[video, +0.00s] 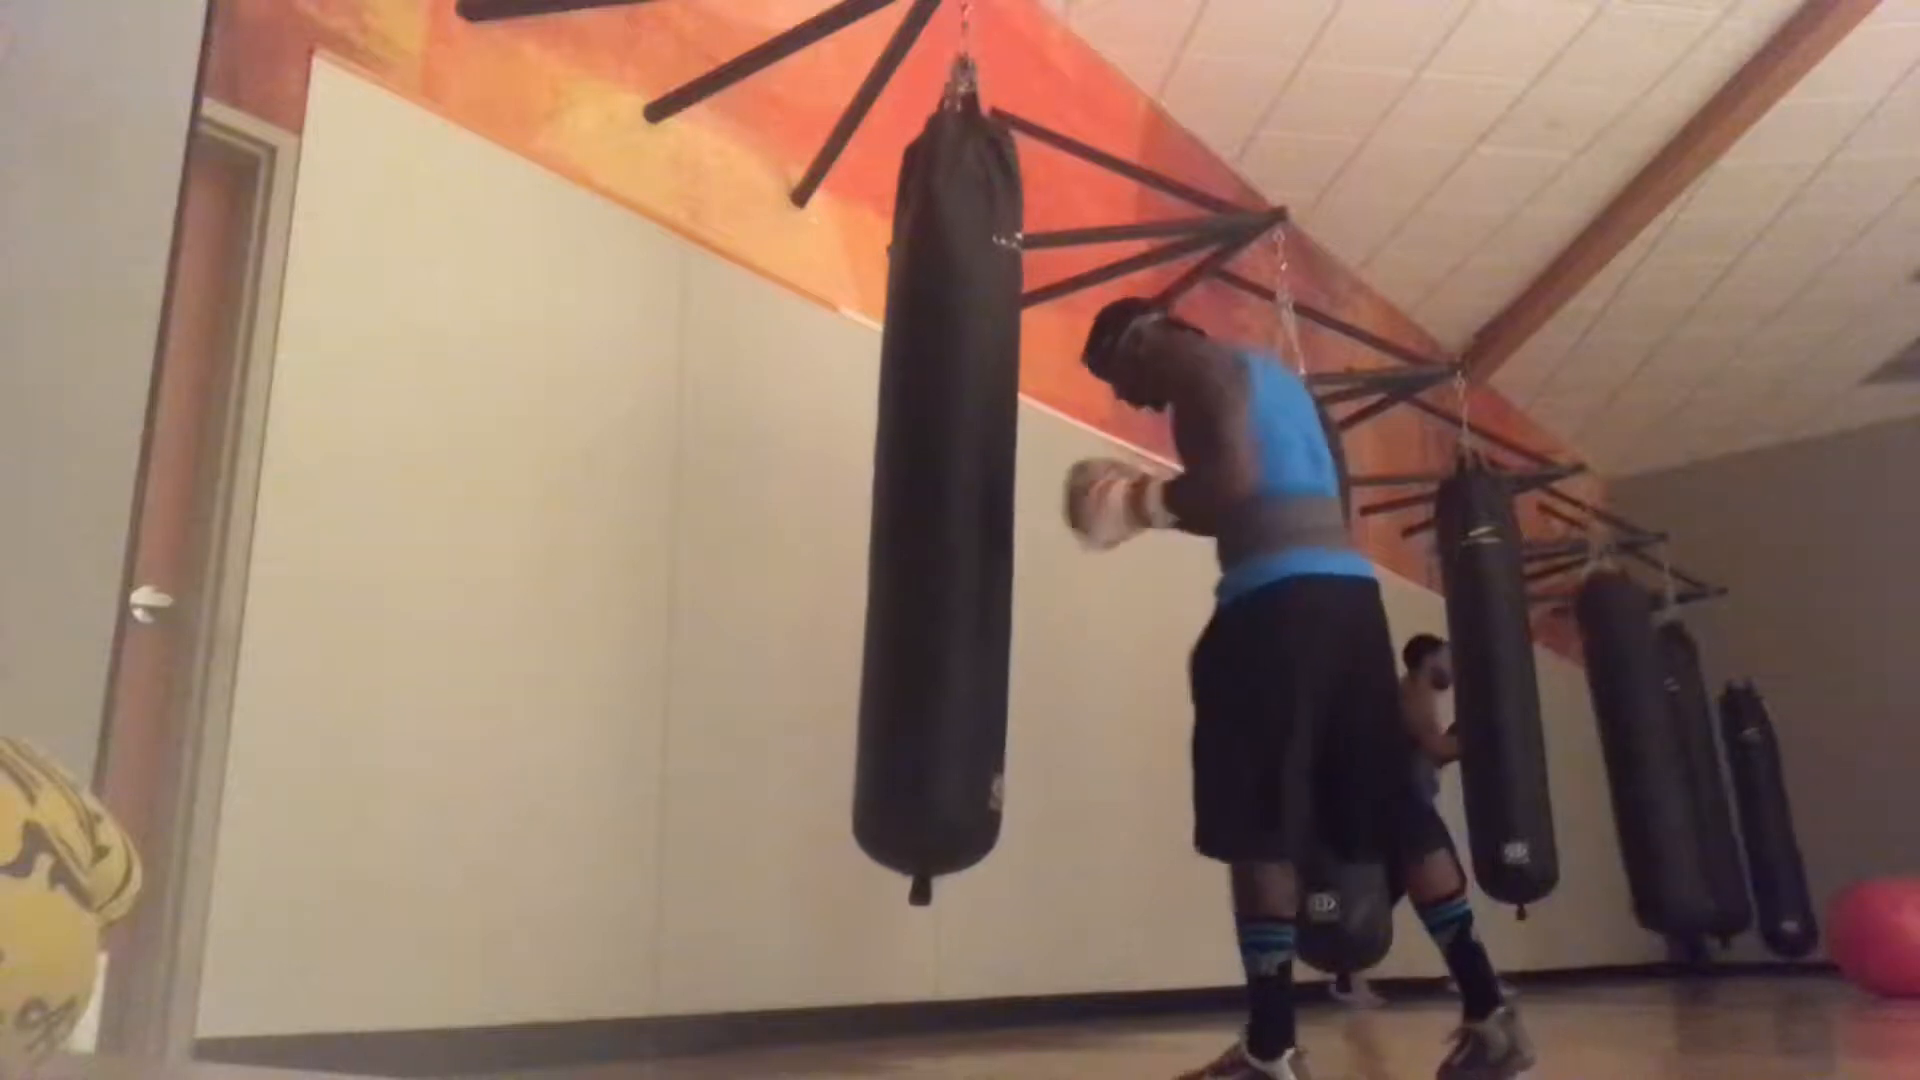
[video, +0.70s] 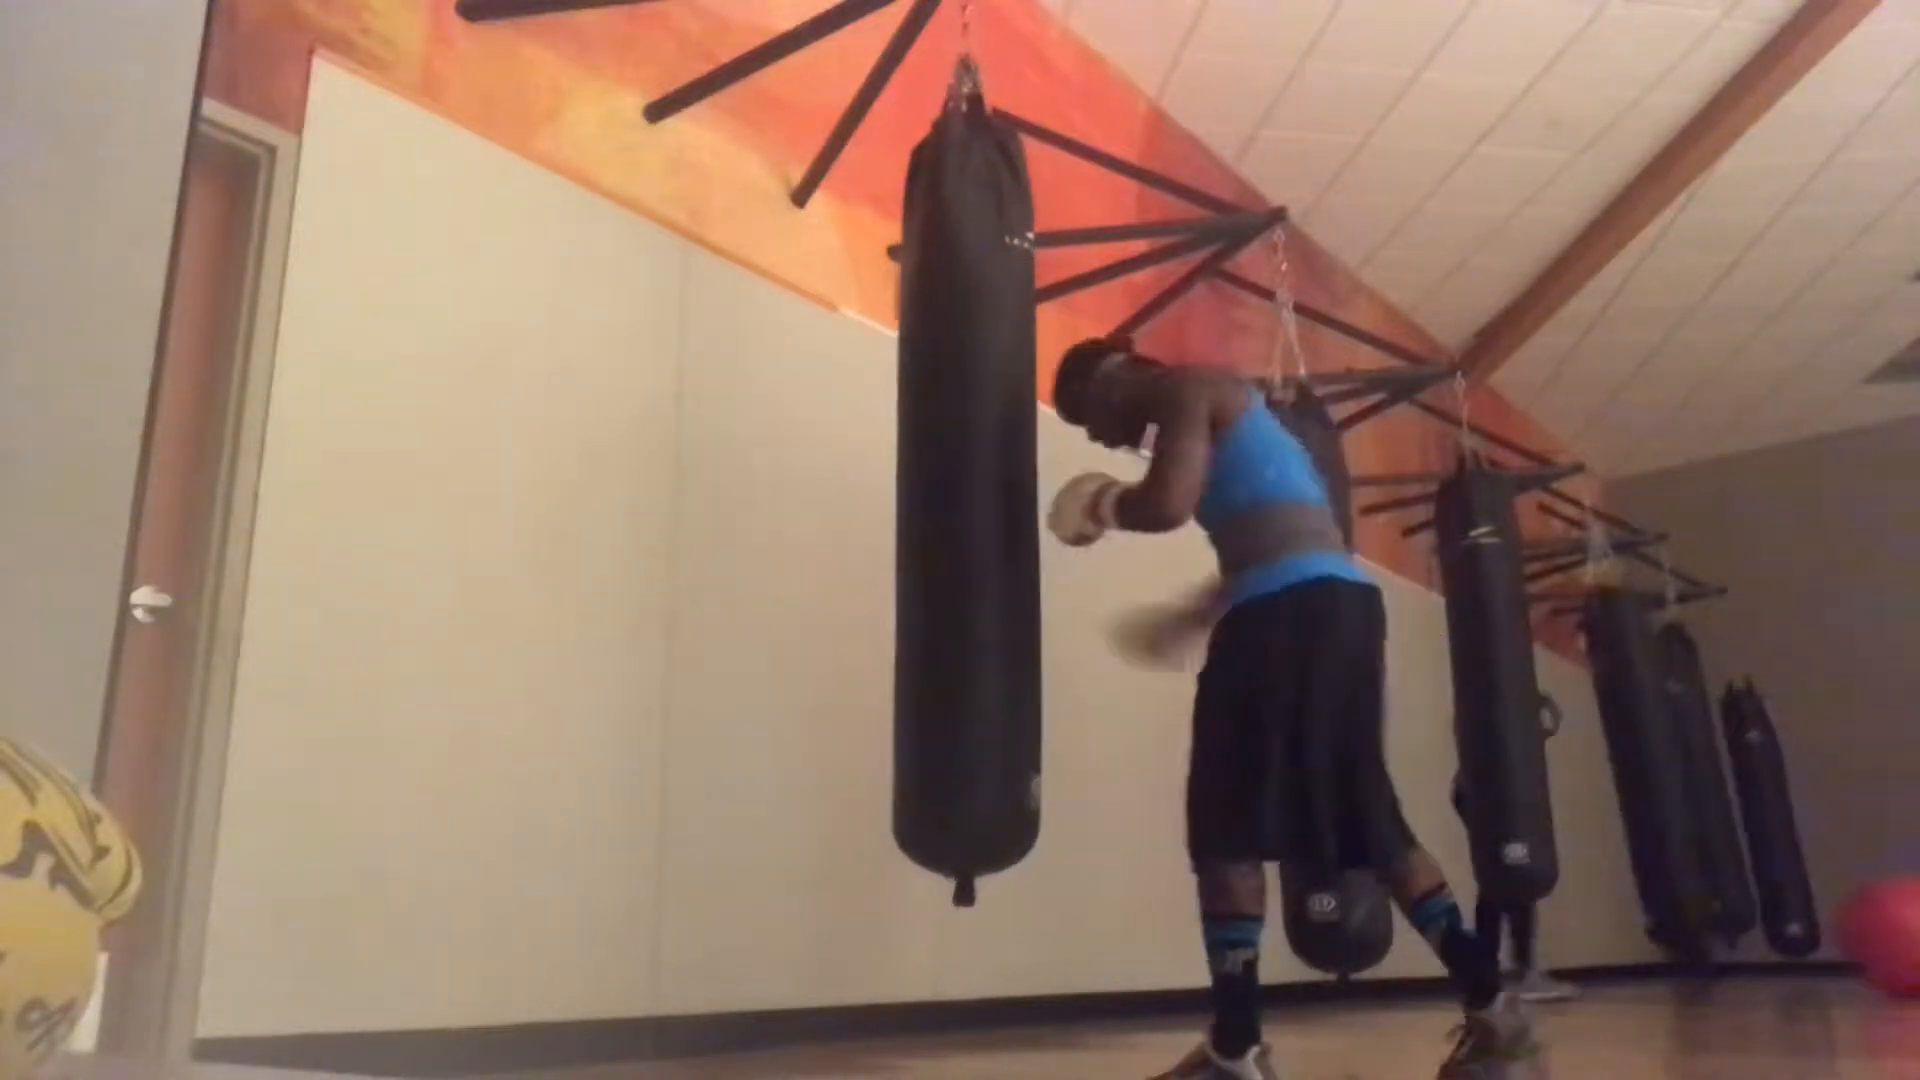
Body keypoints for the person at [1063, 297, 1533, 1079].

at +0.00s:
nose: (1139, 402)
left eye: (1127, 381)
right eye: (1125, 391)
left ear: (1145, 338)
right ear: (1167, 323)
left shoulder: (1200, 364)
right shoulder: (1284, 377)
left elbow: (1229, 488)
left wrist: (1151, 498)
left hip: (1269, 621)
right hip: (1352, 612)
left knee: (1257, 831)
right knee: (1400, 815)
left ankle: (1269, 1048)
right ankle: (1491, 1015)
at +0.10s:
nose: (1145, 397)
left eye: (1138, 376)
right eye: (1135, 387)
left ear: (1162, 332)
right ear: (1181, 328)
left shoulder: (1233, 362)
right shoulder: (1262, 387)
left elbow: (1271, 469)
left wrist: (1177, 482)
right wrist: (1089, 502)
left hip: (1292, 614)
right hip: (1367, 609)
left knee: (1271, 831)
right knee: (1403, 818)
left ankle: (1271, 1045)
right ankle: (1495, 1021)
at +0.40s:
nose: (1169, 421)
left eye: (1163, 405)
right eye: (1163, 410)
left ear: (1186, 362)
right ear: (1206, 350)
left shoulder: (1233, 380)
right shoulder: (1319, 400)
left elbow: (1184, 471)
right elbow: (1291, 519)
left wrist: (1109, 477)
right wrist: (1196, 521)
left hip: (1301, 618)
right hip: (1392, 612)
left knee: (1226, 809)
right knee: (1435, 822)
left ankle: (1232, 1030)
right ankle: (1500, 1032)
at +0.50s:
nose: (1152, 425)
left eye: (1145, 411)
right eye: (1144, 417)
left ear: (1161, 376)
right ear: (1186, 360)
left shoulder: (1201, 389)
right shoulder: (1308, 404)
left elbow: (1121, 491)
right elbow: (1390, 496)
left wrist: (1054, 492)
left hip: (1284, 628)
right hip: (1378, 624)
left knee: (1221, 825)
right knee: (1418, 833)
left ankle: (1234, 1041)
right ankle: (1499, 1034)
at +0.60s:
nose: (1138, 428)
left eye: (1129, 414)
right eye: (1127, 423)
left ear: (1144, 376)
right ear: (1157, 362)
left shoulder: (1197, 390)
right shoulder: (1293, 415)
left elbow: (1138, 503)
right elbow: (1359, 523)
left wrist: (1072, 495)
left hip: (1270, 629)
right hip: (1360, 624)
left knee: (1208, 828)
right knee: (1393, 827)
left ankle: (1233, 1044)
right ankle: (1491, 1021)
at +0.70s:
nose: (1103, 436)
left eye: (1094, 417)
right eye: (1090, 429)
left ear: (1116, 373)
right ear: (1128, 364)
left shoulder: (1192, 386)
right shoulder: (1238, 407)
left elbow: (1165, 503)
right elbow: (1273, 546)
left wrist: (1105, 501)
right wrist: (1190, 618)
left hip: (1275, 619)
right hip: (1342, 608)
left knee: (1224, 825)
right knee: (1366, 812)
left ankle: (1235, 1044)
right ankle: (1492, 1006)